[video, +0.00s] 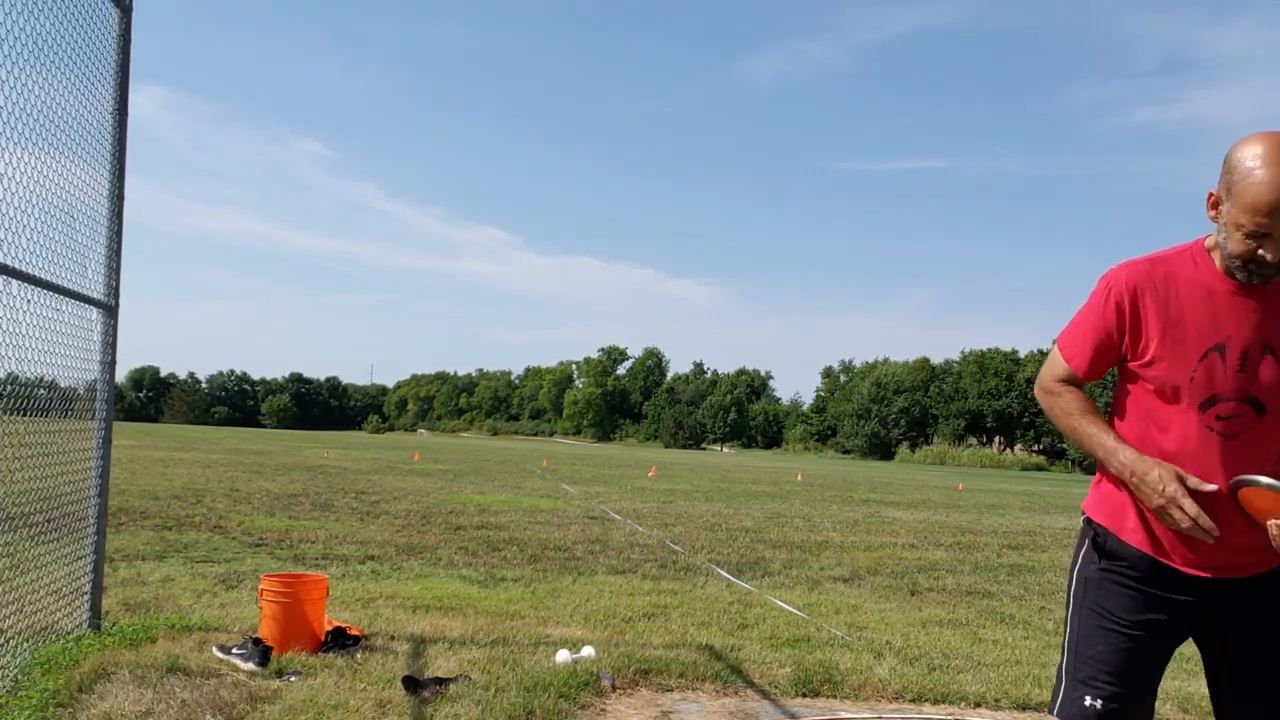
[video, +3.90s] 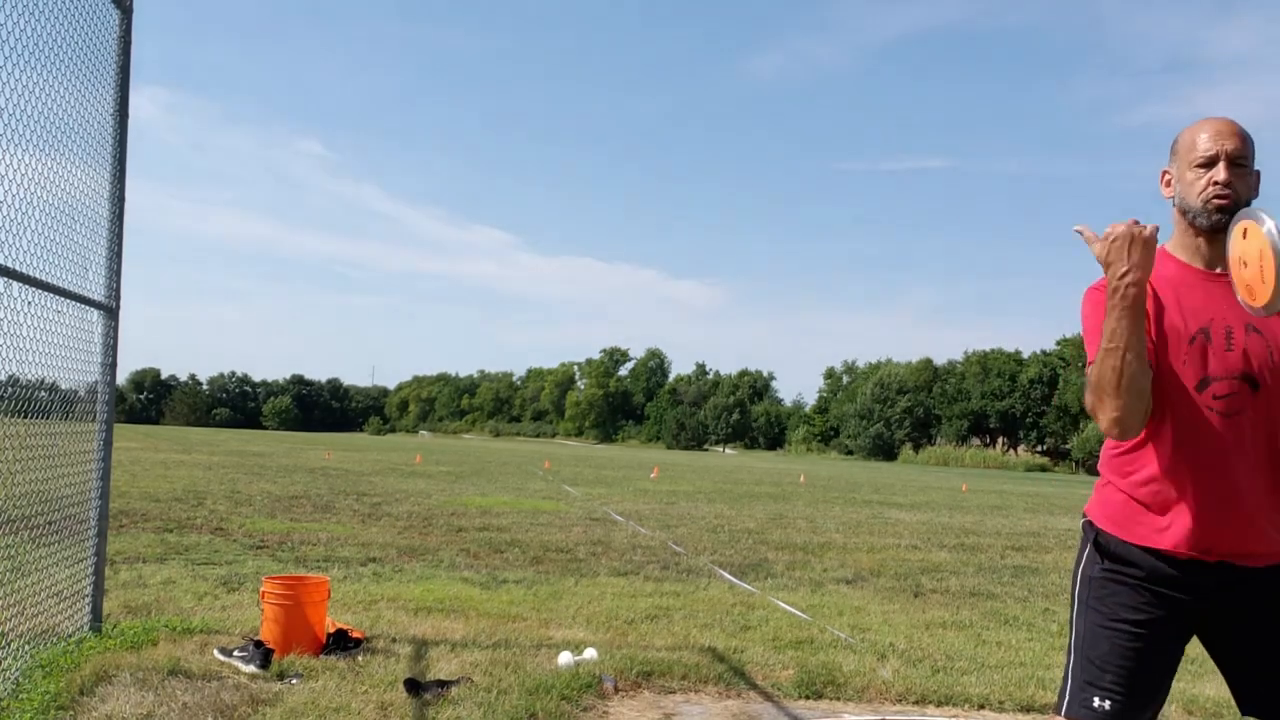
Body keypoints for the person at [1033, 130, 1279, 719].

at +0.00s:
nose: (1270, 255)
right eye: (1255, 235)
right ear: (1215, 205)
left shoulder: (1277, 294)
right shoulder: (1138, 288)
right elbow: (1053, 384)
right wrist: (1133, 467)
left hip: (1257, 573)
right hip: (1133, 560)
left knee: (1258, 709)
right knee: (1092, 711)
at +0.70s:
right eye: (1279, 195)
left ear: (1261, 206)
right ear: (1253, 206)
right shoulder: (1178, 308)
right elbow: (1093, 433)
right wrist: (1209, 509)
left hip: (1269, 570)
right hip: (1147, 553)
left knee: (1278, 704)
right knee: (1097, 710)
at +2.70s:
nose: (1252, 198)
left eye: (1266, 182)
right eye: (1233, 181)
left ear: (1279, 196)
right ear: (1191, 196)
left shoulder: (1278, 300)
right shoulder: (1133, 305)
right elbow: (1112, 450)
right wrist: (1249, 429)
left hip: (1251, 567)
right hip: (1129, 559)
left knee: (1277, 704)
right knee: (1090, 711)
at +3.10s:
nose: (1223, 195)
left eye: (1236, 179)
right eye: (1203, 181)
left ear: (1256, 192)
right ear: (1166, 198)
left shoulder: (1277, 300)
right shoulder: (1113, 305)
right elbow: (1108, 449)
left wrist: (1269, 462)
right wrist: (1211, 454)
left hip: (1245, 562)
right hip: (1121, 558)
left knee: (1271, 703)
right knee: (1082, 710)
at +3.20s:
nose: (1220, 193)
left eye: (1233, 177)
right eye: (1201, 179)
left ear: (1253, 190)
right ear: (1164, 197)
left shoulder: (1276, 301)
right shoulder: (1114, 309)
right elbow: (1092, 452)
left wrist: (1275, 498)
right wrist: (1176, 520)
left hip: (1247, 570)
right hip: (1120, 563)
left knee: (1268, 705)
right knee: (1086, 711)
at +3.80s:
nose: (1227, 183)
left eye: (1241, 170)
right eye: (1209, 170)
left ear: (1259, 187)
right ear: (1172, 187)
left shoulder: (1275, 299)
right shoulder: (1122, 303)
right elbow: (1088, 449)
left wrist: (1270, 426)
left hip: (1256, 568)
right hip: (1134, 562)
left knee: (1269, 706)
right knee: (1099, 711)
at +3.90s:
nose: (1224, 174)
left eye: (1238, 164)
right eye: (1206, 163)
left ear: (1255, 183)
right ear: (1169, 183)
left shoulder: (1270, 282)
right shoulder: (1120, 290)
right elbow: (1118, 421)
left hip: (1260, 566)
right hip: (1138, 559)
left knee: (1274, 705)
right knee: (1097, 712)